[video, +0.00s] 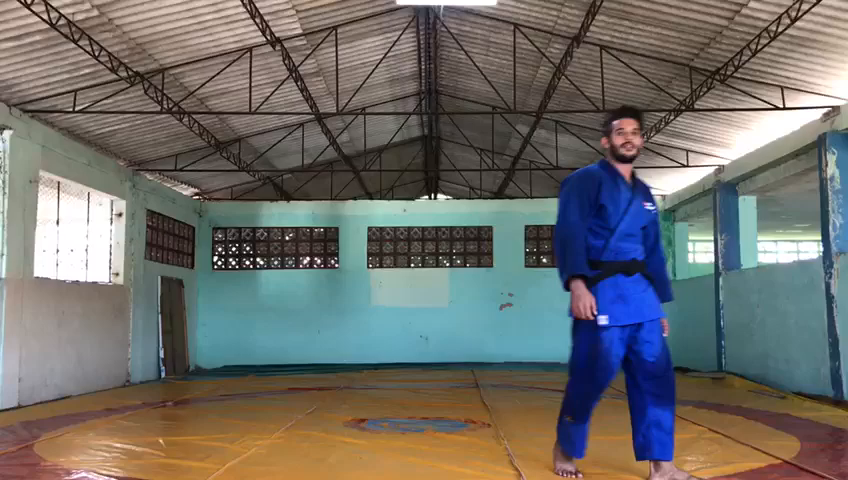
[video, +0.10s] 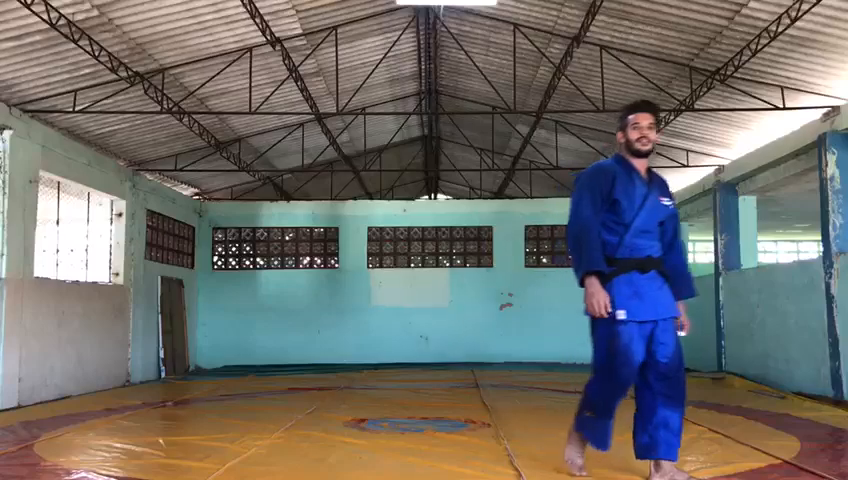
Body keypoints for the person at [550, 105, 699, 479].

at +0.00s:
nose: (629, 138)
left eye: (635, 133)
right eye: (621, 132)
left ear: (641, 141)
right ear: (606, 140)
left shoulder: (645, 194)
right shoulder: (584, 181)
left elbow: (653, 253)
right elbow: (568, 234)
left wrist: (657, 307)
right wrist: (577, 284)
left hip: (640, 285)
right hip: (600, 286)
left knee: (655, 372)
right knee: (593, 372)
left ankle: (660, 464)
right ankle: (565, 449)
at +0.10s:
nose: (644, 133)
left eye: (650, 127)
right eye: (636, 126)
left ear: (658, 136)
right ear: (621, 134)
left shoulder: (660, 187)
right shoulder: (598, 175)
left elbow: (671, 248)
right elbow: (582, 229)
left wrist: (678, 301)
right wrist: (591, 282)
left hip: (658, 283)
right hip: (617, 284)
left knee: (665, 372)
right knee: (621, 366)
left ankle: (661, 463)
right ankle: (580, 433)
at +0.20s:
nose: (656, 129)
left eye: (663, 123)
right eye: (648, 123)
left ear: (670, 131)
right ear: (634, 130)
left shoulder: (676, 184)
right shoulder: (609, 174)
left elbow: (691, 242)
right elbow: (593, 228)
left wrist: (705, 292)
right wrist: (605, 281)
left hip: (669, 279)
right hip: (628, 280)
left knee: (676, 369)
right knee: (642, 365)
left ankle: (663, 461)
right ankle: (615, 441)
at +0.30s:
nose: (668, 125)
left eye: (674, 118)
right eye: (659, 119)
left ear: (681, 126)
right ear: (644, 127)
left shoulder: (689, 180)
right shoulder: (621, 171)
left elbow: (709, 235)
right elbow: (604, 227)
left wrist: (728, 288)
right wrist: (615, 281)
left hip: (677, 276)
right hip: (638, 277)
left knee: (684, 366)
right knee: (659, 362)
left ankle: (669, 462)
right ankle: (660, 463)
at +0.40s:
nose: (678, 124)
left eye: (684, 117)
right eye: (668, 118)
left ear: (692, 124)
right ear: (654, 126)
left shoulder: (704, 178)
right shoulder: (632, 171)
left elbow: (726, 234)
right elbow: (613, 229)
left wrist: (748, 285)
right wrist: (624, 284)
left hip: (691, 277)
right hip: (649, 278)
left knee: (690, 374)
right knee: (675, 370)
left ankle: (663, 465)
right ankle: (701, 468)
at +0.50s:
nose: (689, 126)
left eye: (695, 119)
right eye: (680, 119)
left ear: (702, 124)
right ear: (663, 125)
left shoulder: (714, 176)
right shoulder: (641, 172)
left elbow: (739, 231)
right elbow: (622, 233)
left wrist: (757, 280)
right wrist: (633, 288)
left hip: (707, 280)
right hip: (665, 282)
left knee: (710, 376)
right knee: (689, 379)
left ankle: (666, 460)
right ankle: (709, 470)